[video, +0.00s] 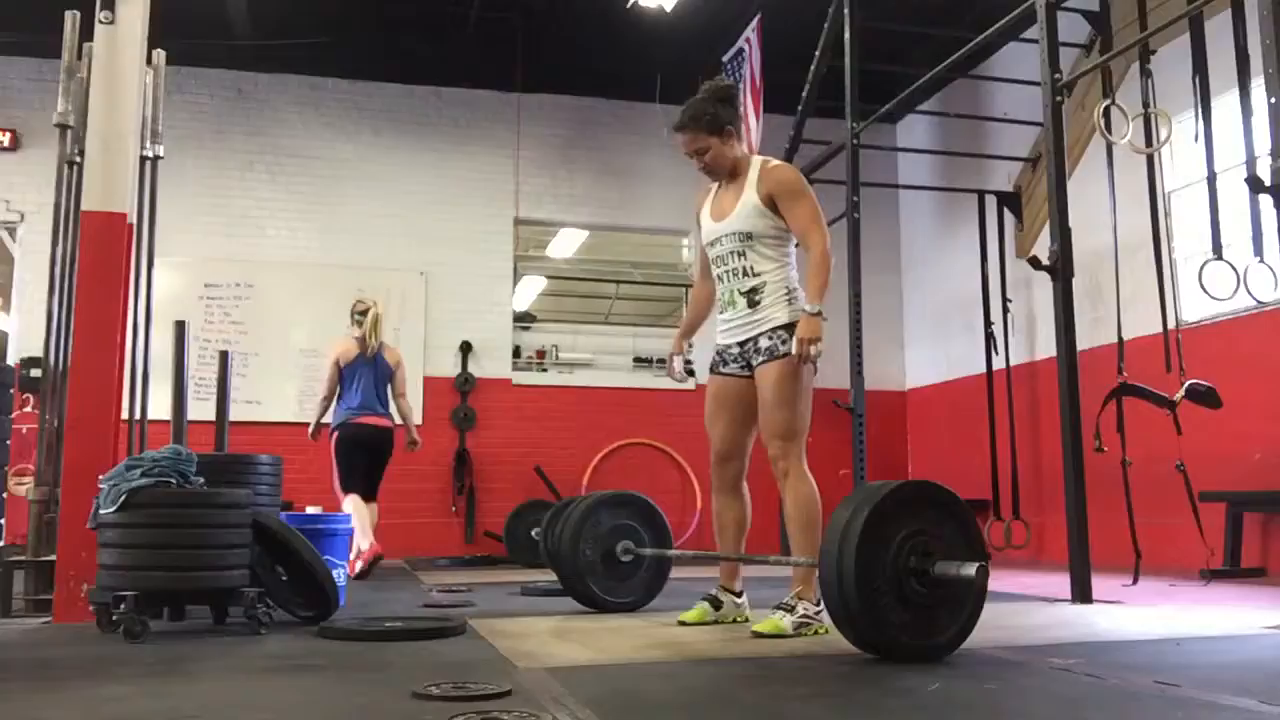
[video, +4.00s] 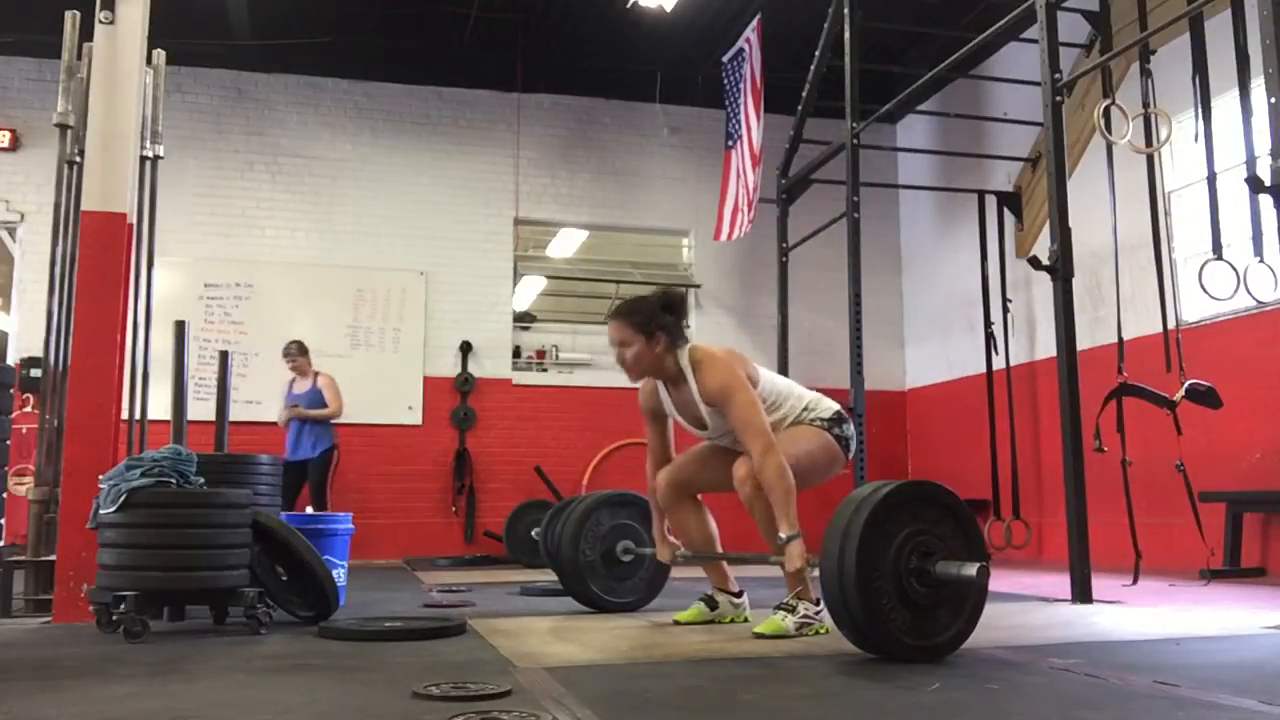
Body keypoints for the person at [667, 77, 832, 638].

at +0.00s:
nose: (698, 163)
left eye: (702, 151)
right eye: (691, 155)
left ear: (732, 135)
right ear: (693, 148)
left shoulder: (777, 178)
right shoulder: (709, 200)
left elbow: (818, 243)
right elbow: (708, 280)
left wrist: (812, 312)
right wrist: (684, 331)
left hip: (780, 333)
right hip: (730, 341)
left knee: (786, 459)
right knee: (726, 463)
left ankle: (806, 600)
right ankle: (729, 594)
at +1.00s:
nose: (663, 234)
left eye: (667, 221)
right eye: (652, 228)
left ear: (688, 200)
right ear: (647, 222)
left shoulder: (741, 233)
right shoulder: (671, 263)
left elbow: (787, 308)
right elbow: (674, 336)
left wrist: (796, 386)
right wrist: (668, 406)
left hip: (812, 353)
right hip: (760, 363)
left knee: (785, 453)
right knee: (718, 465)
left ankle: (807, 599)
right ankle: (728, 593)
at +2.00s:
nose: (626, 393)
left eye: (625, 383)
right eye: (619, 386)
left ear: (644, 364)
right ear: (644, 359)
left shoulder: (719, 361)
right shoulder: (655, 386)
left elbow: (770, 446)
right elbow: (667, 458)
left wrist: (801, 528)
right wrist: (673, 528)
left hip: (823, 409)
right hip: (760, 426)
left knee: (756, 468)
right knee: (679, 480)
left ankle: (807, 604)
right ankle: (727, 596)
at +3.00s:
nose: (625, 395)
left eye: (626, 385)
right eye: (619, 388)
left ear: (652, 366)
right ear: (650, 367)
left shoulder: (719, 377)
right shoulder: (659, 402)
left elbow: (784, 452)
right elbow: (668, 472)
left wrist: (805, 536)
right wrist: (671, 535)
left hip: (824, 426)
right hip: (758, 441)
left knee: (751, 470)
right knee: (673, 484)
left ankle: (807, 602)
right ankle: (727, 596)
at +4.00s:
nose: (618, 358)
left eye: (624, 347)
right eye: (615, 348)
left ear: (658, 341)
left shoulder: (716, 371)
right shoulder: (653, 392)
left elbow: (766, 454)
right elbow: (659, 467)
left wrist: (791, 538)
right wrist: (660, 536)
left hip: (822, 428)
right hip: (757, 440)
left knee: (749, 474)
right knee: (669, 485)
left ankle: (806, 604)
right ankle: (727, 596)